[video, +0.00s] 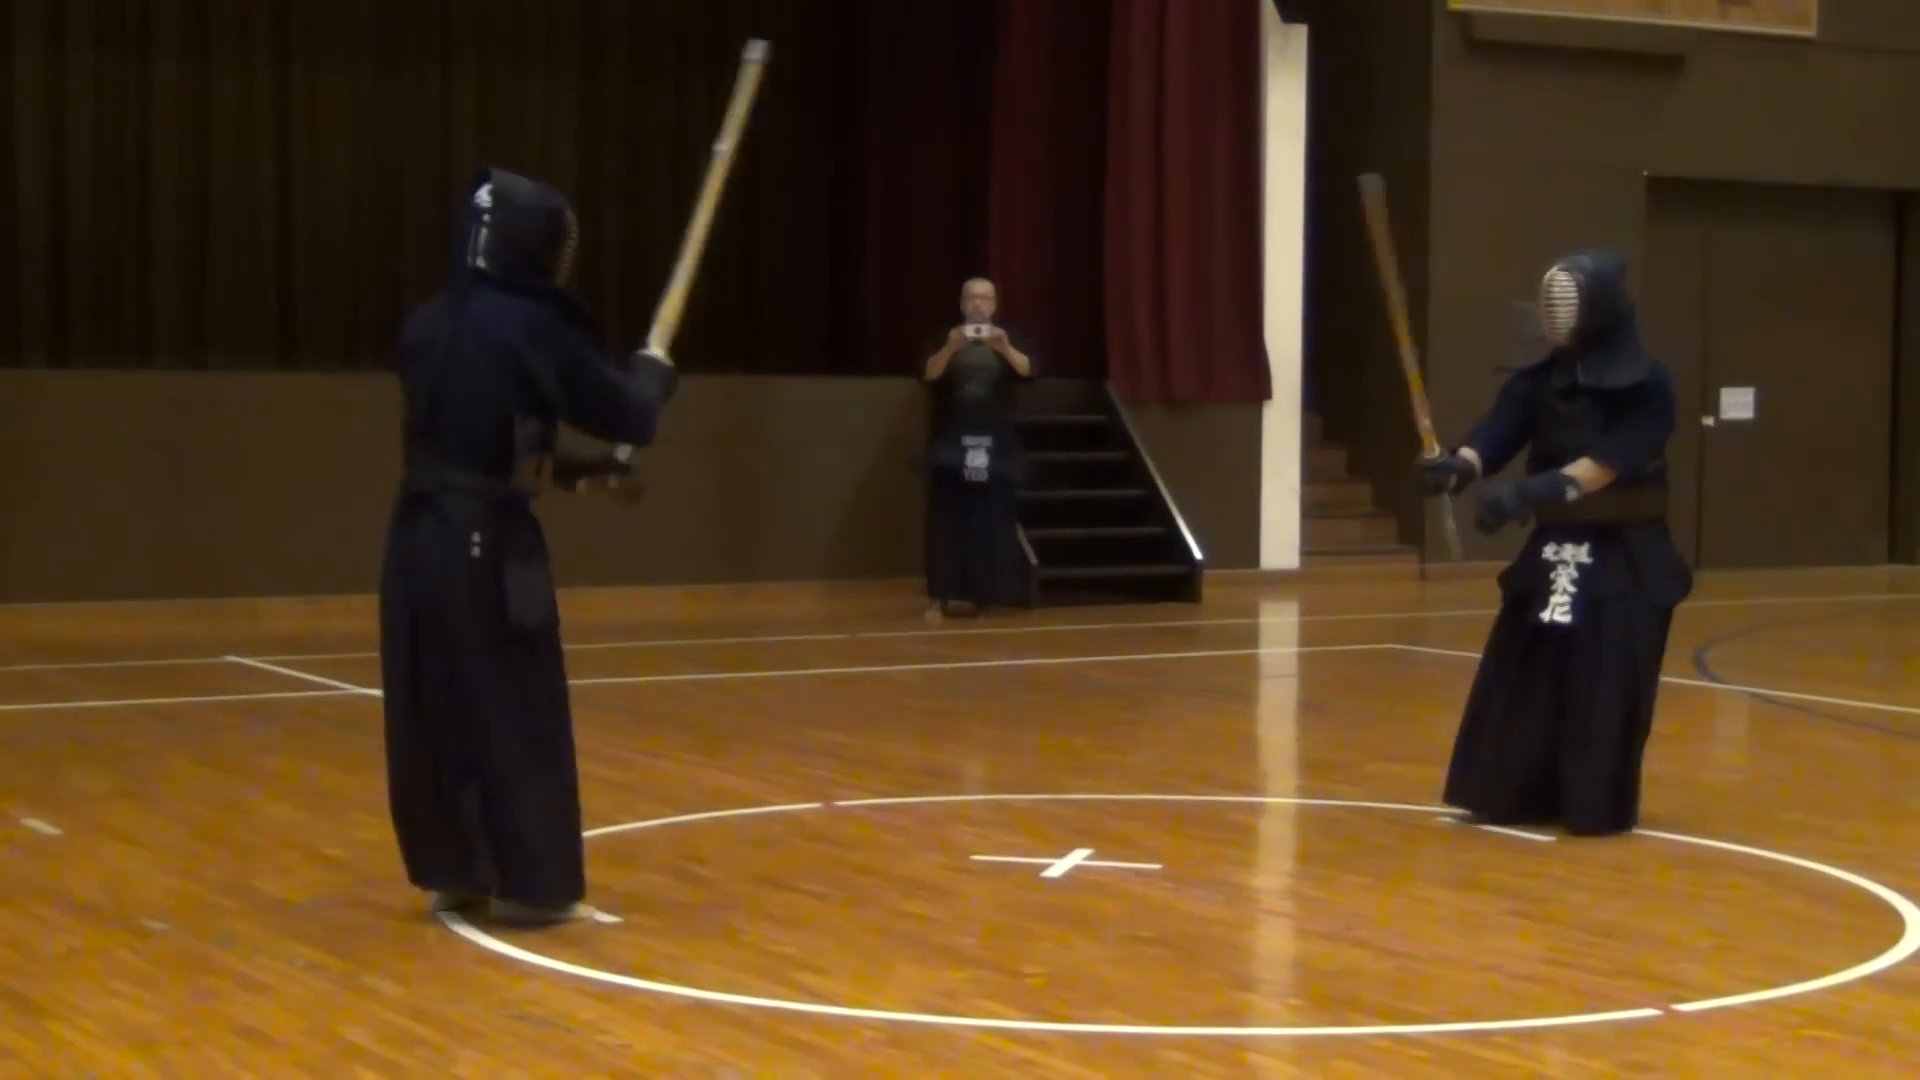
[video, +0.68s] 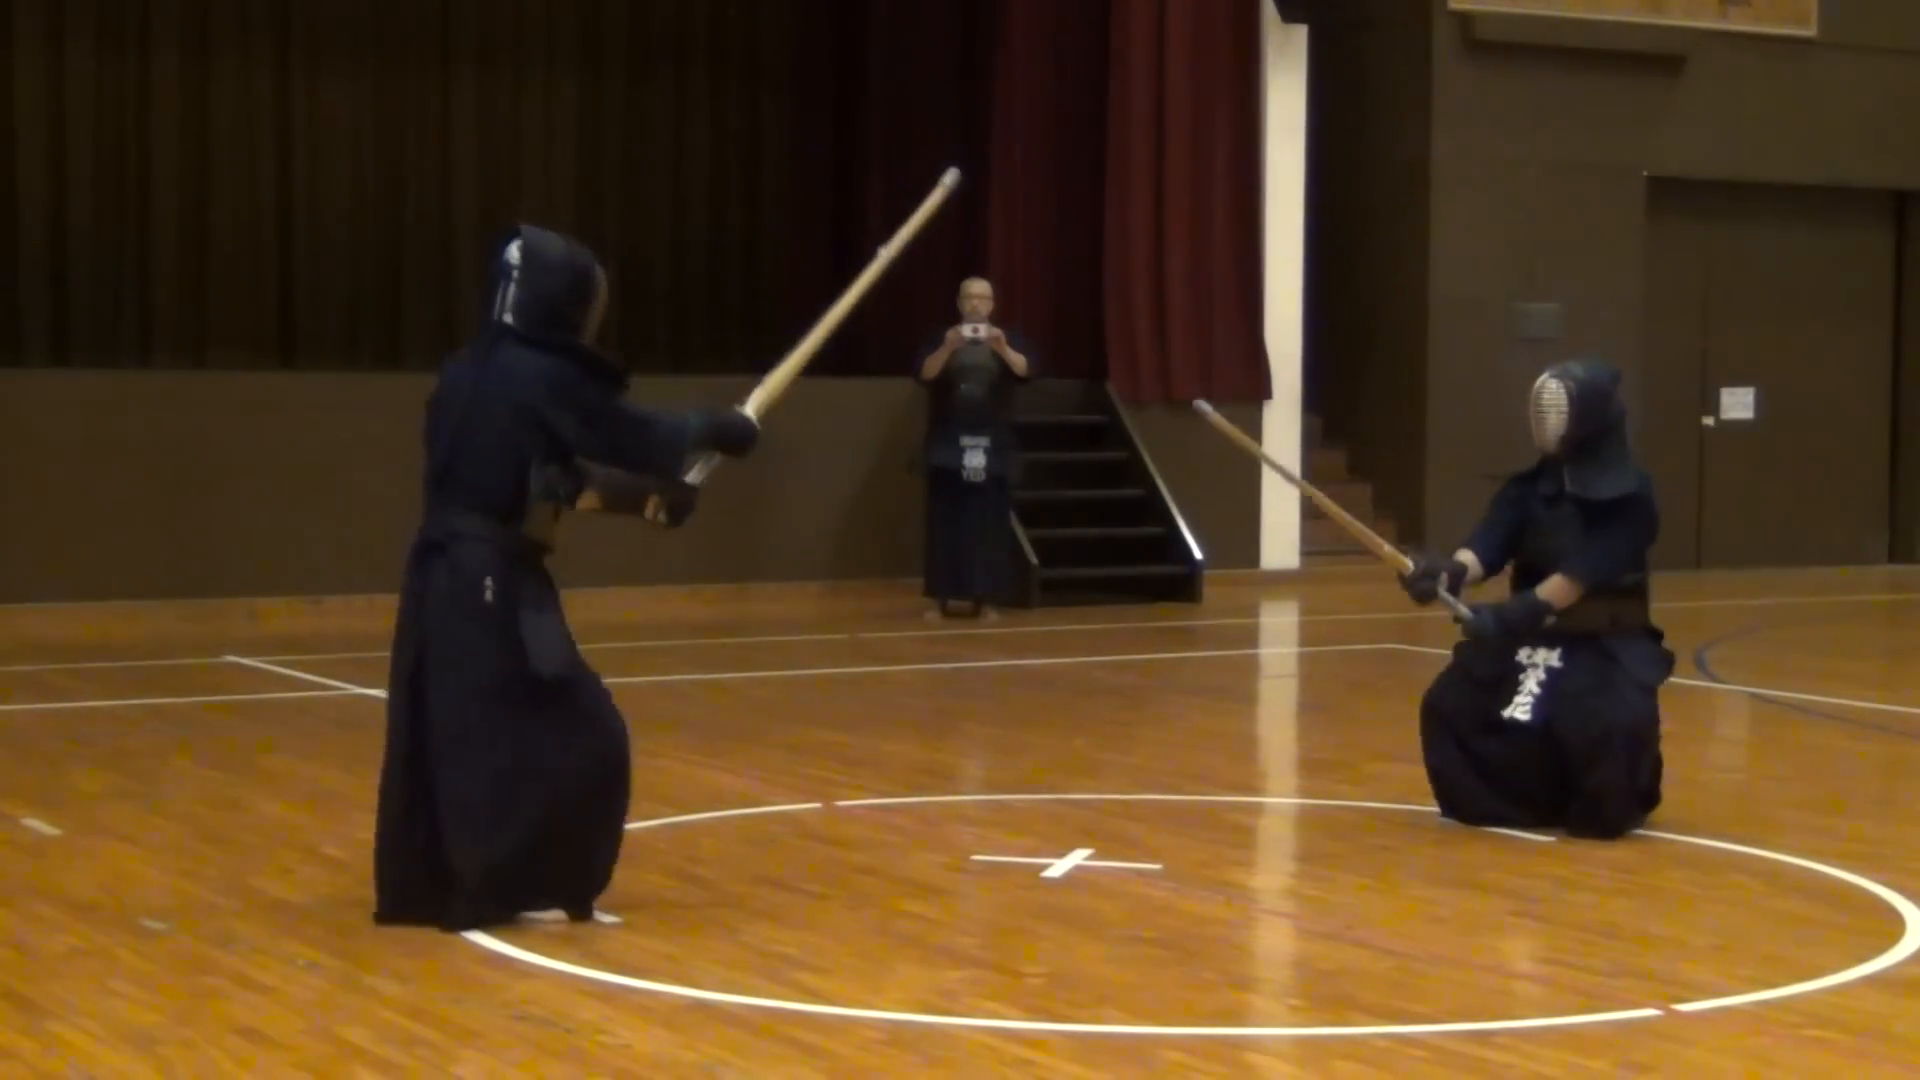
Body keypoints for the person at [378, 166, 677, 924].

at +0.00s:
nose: (565, 258)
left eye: (561, 244)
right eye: (559, 246)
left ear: (483, 242)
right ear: (540, 250)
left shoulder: (432, 320)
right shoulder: (535, 325)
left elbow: (486, 438)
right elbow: (627, 415)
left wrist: (586, 467)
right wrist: (651, 371)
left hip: (420, 535)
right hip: (492, 541)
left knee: (437, 702)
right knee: (519, 706)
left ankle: (456, 878)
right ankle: (534, 888)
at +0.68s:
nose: (597, 315)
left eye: (596, 301)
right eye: (591, 302)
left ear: (521, 300)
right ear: (565, 307)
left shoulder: (467, 370)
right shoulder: (553, 379)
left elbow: (544, 478)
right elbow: (633, 437)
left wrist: (643, 498)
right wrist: (714, 426)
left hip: (437, 582)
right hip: (497, 589)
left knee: (462, 730)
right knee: (590, 731)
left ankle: (456, 889)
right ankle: (540, 886)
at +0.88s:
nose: (583, 402)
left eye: (581, 388)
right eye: (577, 388)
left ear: (504, 387)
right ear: (558, 394)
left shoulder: (465, 466)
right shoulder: (555, 467)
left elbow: (547, 558)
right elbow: (637, 523)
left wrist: (643, 573)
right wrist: (714, 511)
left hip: (440, 670)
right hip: (501, 679)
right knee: (645, 769)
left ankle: (436, 880)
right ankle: (561, 893)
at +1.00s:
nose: (578, 450)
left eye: (574, 437)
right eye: (572, 438)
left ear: (499, 439)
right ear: (560, 445)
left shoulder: (468, 517)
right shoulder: (559, 514)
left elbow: (556, 604)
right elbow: (646, 572)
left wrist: (650, 619)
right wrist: (719, 551)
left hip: (443, 729)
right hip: (510, 739)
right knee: (666, 788)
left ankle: (433, 859)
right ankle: (542, 888)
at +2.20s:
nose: (584, 490)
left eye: (581, 476)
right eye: (577, 476)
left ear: (499, 477)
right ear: (558, 484)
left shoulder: (464, 560)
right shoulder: (566, 571)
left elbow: (530, 651)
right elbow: (639, 659)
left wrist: (606, 688)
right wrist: (702, 664)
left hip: (463, 763)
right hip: (532, 775)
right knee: (696, 805)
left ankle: (456, 867)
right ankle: (541, 884)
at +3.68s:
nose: (592, 396)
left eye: (590, 382)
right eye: (586, 383)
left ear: (511, 383)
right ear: (565, 390)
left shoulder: (476, 462)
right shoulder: (571, 472)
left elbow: (549, 553)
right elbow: (636, 553)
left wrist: (617, 602)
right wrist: (718, 584)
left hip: (460, 668)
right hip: (529, 676)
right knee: (665, 762)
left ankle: (470, 875)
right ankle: (592, 886)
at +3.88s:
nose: (596, 292)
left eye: (595, 277)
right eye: (589, 278)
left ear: (516, 277)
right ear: (563, 283)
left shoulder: (473, 354)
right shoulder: (573, 364)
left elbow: (530, 451)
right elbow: (638, 451)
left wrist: (604, 496)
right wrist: (716, 488)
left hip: (462, 567)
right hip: (531, 573)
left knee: (478, 714)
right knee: (612, 719)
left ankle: (467, 878)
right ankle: (600, 881)